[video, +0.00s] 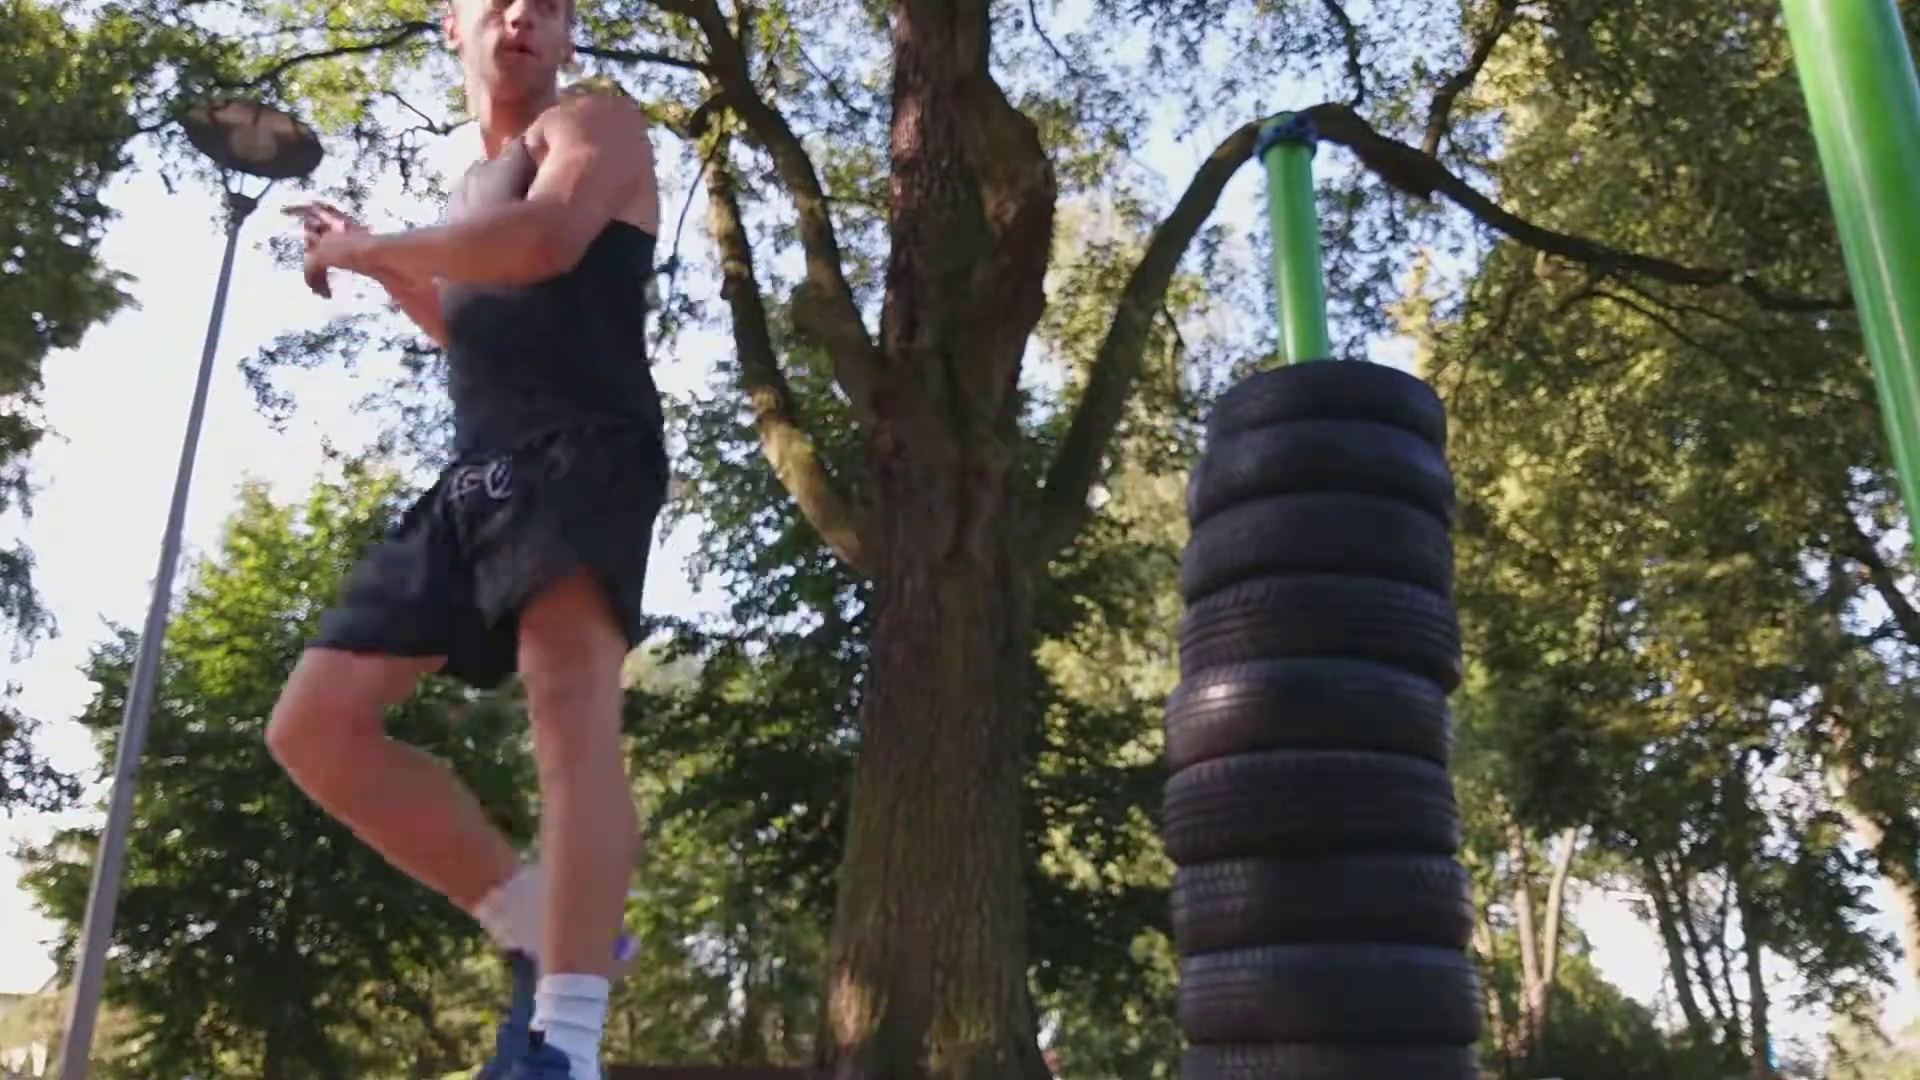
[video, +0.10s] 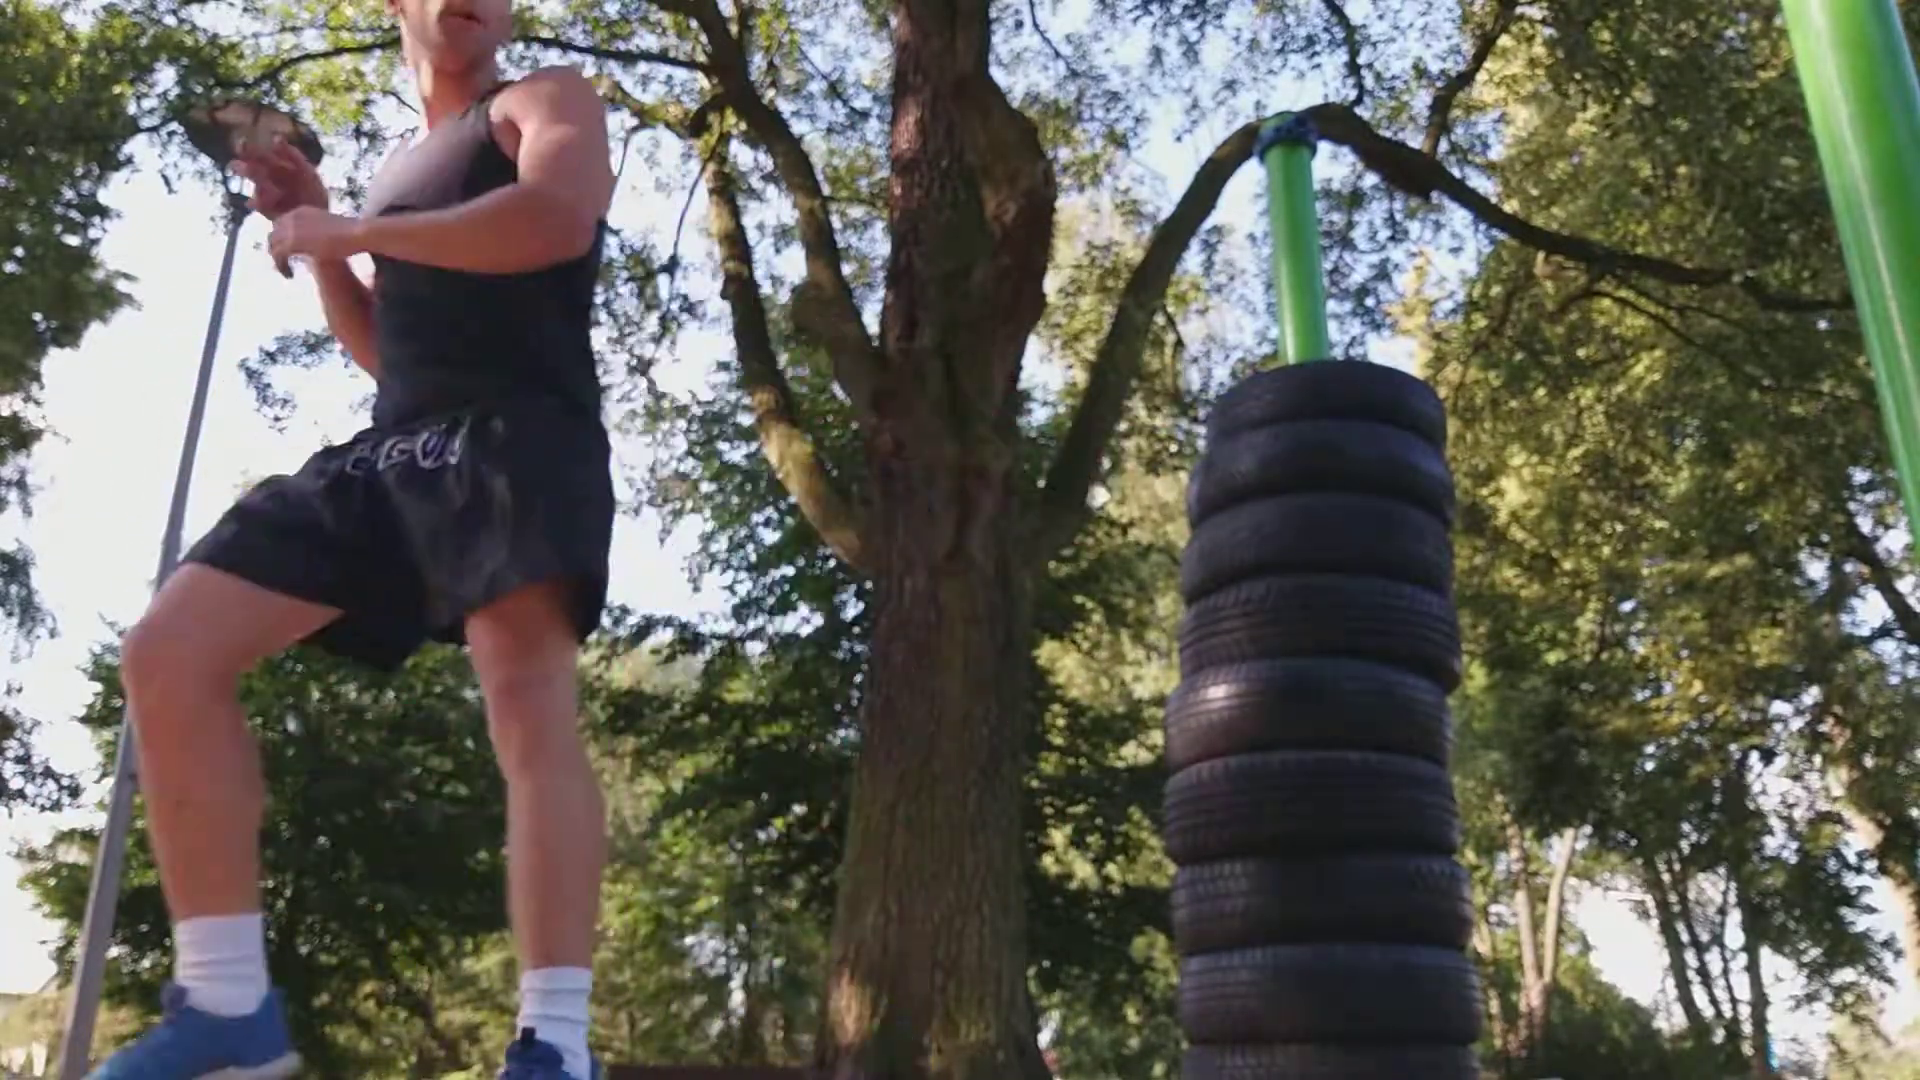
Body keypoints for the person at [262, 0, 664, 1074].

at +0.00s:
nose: (524, 17)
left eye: (546, 4)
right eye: (498, 0)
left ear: (570, 31)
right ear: (452, 28)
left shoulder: (595, 118)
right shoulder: (471, 188)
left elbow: (551, 240)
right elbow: (473, 338)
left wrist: (372, 246)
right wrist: (381, 267)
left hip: (577, 454)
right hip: (474, 478)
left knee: (567, 695)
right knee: (313, 730)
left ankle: (563, 1047)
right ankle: (554, 937)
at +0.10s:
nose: (460, 2)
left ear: (507, 12)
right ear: (401, 16)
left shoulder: (549, 92)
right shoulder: (388, 176)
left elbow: (561, 220)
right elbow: (376, 349)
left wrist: (356, 235)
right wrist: (316, 225)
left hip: (512, 437)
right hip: (387, 455)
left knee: (524, 689)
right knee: (169, 651)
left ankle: (554, 1044)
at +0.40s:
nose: (416, 6)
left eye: (419, 1)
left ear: (386, 21)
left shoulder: (392, 123)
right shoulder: (174, 22)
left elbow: (453, 308)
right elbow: (10, 140)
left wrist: (429, 220)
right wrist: (125, 129)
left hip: (310, 423)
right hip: (134, 398)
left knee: (378, 645)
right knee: (3, 674)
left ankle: (312, 1009)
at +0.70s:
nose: (384, 87)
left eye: (386, 64)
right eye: (371, 53)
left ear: (306, 44)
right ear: (291, 28)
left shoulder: (310, 220)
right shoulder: (132, 85)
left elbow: (266, 392)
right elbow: (3, 166)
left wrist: (346, 387)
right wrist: (174, 220)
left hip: (199, 529)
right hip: (51, 482)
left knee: (292, 770)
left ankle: (99, 1040)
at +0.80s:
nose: (416, 92)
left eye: (422, 72)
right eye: (410, 62)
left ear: (348, 41)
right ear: (338, 29)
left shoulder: (325, 198)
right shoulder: (187, 81)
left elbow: (246, 365)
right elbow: (54, 180)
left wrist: (348, 368)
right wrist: (260, 224)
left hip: (244, 510)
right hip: (95, 476)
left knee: (344, 727)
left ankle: (192, 998)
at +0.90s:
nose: (445, 118)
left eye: (452, 100)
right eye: (438, 90)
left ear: (377, 70)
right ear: (369, 58)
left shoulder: (369, 236)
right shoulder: (226, 107)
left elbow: (329, 385)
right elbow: (102, 212)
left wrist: (396, 388)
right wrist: (302, 236)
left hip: (287, 517)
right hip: (147, 483)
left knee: (371, 746)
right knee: (3, 691)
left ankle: (294, 1021)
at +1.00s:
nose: (454, 189)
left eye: (458, 169)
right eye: (445, 161)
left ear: (383, 150)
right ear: (376, 139)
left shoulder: (385, 310)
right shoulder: (241, 196)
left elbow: (401, 461)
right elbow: (115, 306)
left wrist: (465, 449)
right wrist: (308, 316)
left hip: (326, 582)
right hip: (198, 545)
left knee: (389, 821)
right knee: (48, 757)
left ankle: (316, 1067)